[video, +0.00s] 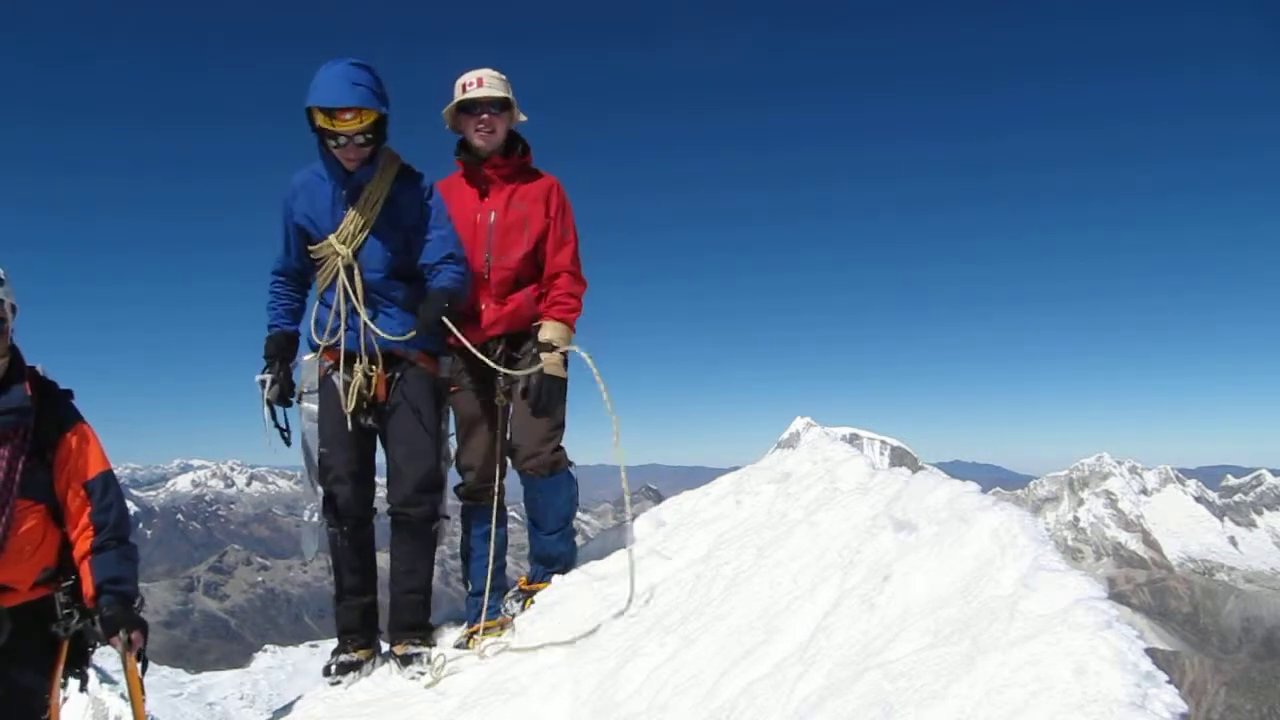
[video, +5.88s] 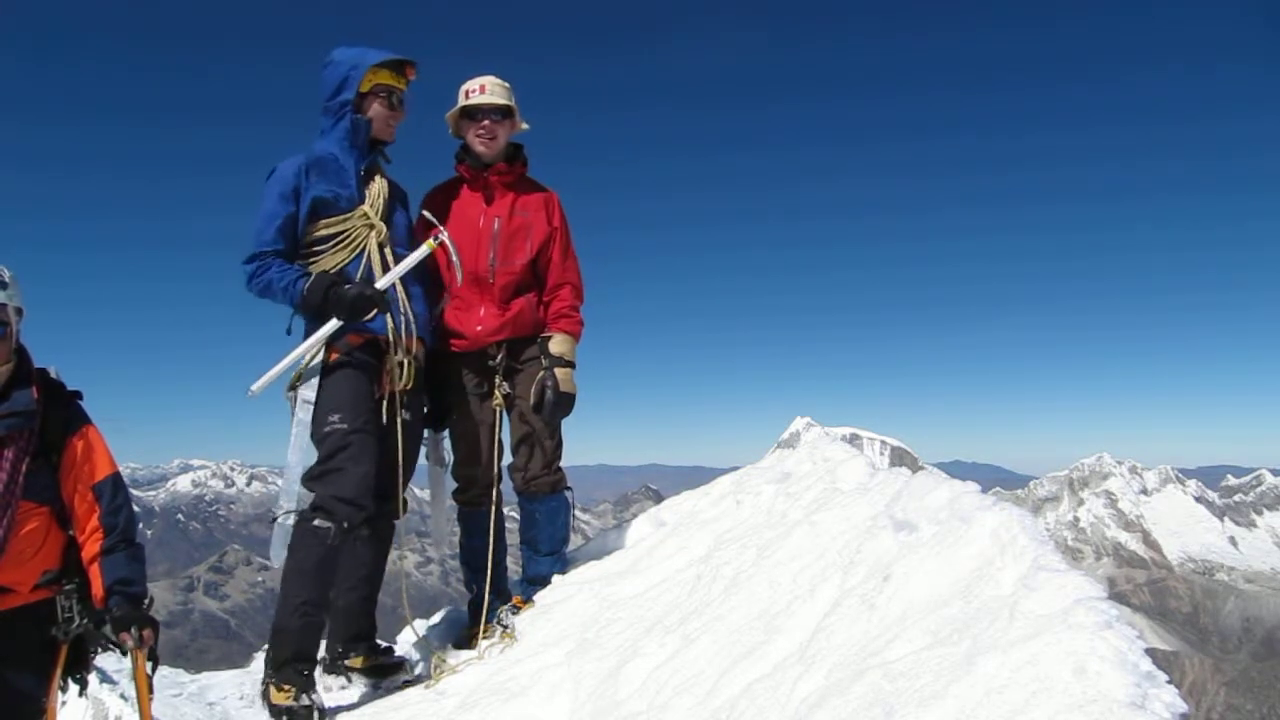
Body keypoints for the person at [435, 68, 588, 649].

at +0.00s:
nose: (484, 120)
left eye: (493, 110)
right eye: (472, 112)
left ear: (512, 118)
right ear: (458, 124)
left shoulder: (544, 190)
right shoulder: (442, 196)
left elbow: (564, 272)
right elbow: (428, 272)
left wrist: (555, 338)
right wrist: (427, 352)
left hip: (529, 340)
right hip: (464, 345)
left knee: (537, 453)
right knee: (478, 468)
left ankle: (550, 572)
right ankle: (483, 600)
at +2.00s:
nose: (503, 128)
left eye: (514, 119)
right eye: (491, 119)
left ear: (528, 129)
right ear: (474, 128)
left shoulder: (551, 206)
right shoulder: (448, 202)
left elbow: (571, 290)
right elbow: (428, 283)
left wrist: (570, 360)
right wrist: (416, 355)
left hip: (535, 352)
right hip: (467, 354)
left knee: (540, 465)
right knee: (478, 476)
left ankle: (544, 586)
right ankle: (486, 603)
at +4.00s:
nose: (498, 126)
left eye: (509, 117)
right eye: (488, 117)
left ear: (525, 128)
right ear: (471, 126)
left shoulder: (554, 208)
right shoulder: (443, 203)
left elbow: (582, 286)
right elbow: (422, 280)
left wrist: (569, 279)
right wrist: (426, 365)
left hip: (533, 351)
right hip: (463, 355)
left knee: (536, 468)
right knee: (474, 479)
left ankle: (541, 589)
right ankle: (485, 604)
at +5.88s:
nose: (486, 126)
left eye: (497, 117)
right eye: (475, 117)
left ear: (514, 126)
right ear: (460, 128)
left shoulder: (541, 202)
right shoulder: (438, 203)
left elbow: (563, 286)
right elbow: (422, 288)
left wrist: (561, 356)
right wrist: (424, 367)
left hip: (527, 349)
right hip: (461, 355)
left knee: (537, 457)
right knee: (475, 474)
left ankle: (541, 585)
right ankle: (484, 601)